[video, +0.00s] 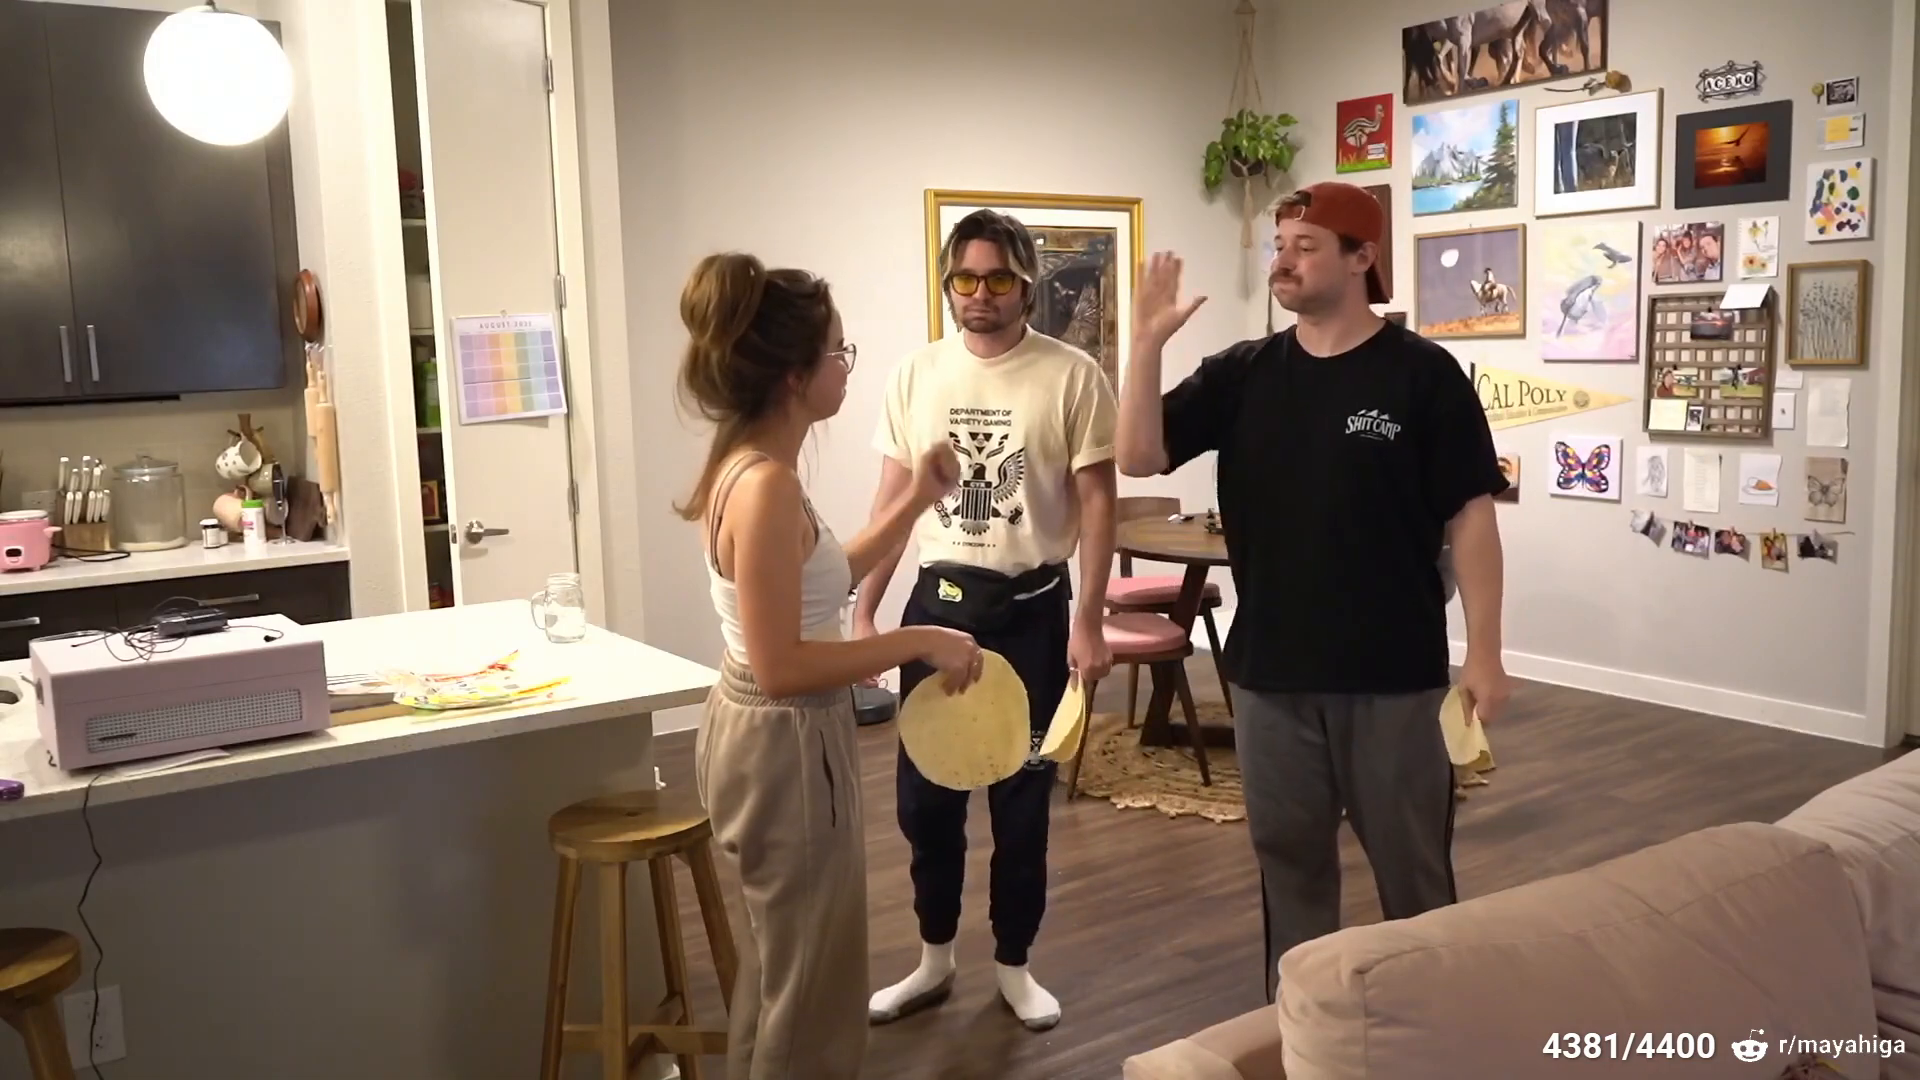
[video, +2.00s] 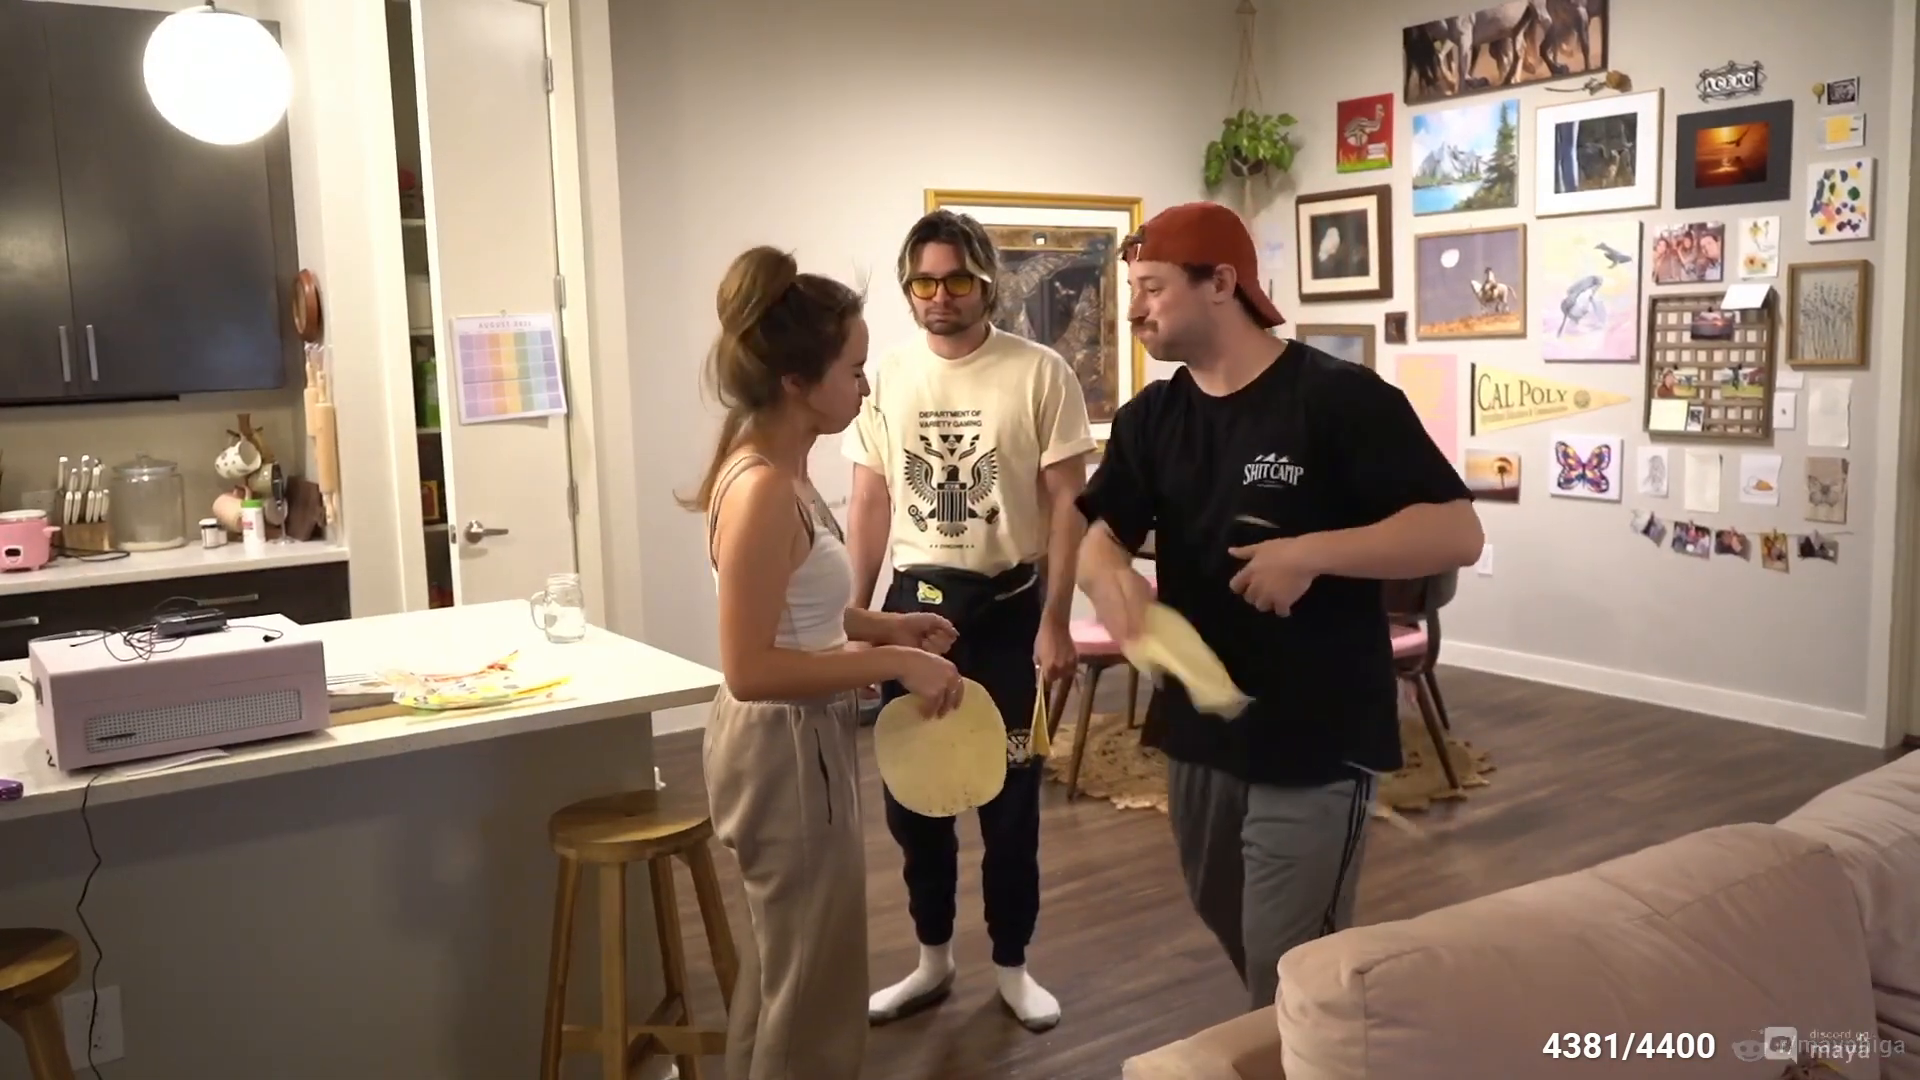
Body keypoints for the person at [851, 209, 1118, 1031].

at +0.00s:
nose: (977, 294)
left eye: (996, 280)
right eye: (964, 279)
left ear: (1027, 285)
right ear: (949, 283)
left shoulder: (1074, 376)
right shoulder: (917, 374)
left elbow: (1097, 502)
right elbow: (893, 506)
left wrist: (1087, 618)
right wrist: (861, 618)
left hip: (1035, 605)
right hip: (936, 603)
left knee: (1023, 796)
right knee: (927, 795)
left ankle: (1014, 967)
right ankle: (936, 957)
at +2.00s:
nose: (939, 297)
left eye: (956, 281)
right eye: (924, 283)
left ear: (988, 284)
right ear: (907, 290)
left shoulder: (1039, 370)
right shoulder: (891, 373)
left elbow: (1067, 501)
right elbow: (870, 498)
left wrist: (1057, 620)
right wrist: (857, 612)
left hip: (1006, 601)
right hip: (911, 602)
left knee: (1010, 792)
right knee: (913, 789)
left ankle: (1012, 966)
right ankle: (932, 959)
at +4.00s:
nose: (935, 304)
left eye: (952, 288)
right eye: (921, 289)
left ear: (992, 291)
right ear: (907, 294)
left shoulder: (1052, 376)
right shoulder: (891, 381)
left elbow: (1079, 505)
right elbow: (879, 503)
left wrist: (1066, 630)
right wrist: (864, 617)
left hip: (1016, 610)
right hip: (921, 610)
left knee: (1015, 800)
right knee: (926, 797)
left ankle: (1014, 964)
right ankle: (931, 954)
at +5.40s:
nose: (933, 293)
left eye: (951, 279)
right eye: (921, 279)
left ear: (989, 285)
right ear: (906, 289)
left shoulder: (1049, 376)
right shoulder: (890, 380)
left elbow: (1078, 504)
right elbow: (879, 504)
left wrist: (1064, 629)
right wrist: (864, 623)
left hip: (1015, 613)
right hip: (919, 613)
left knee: (1014, 803)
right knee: (919, 804)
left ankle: (1012, 967)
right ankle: (935, 959)